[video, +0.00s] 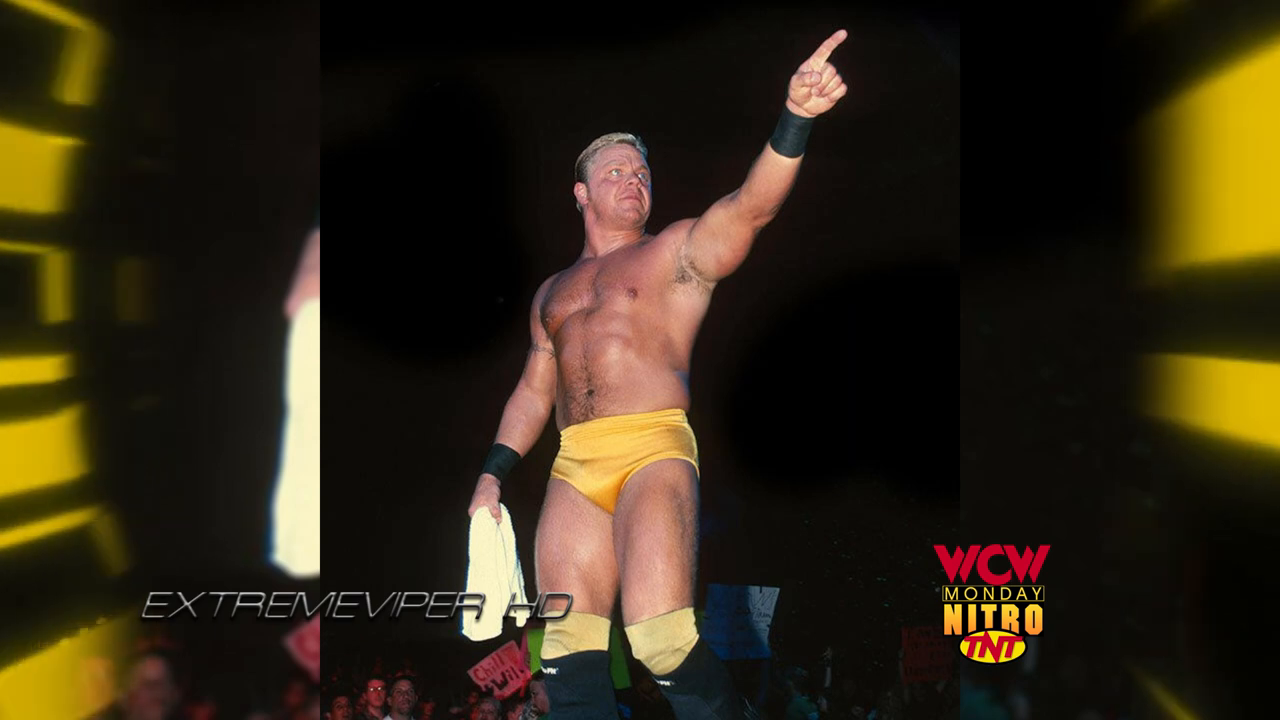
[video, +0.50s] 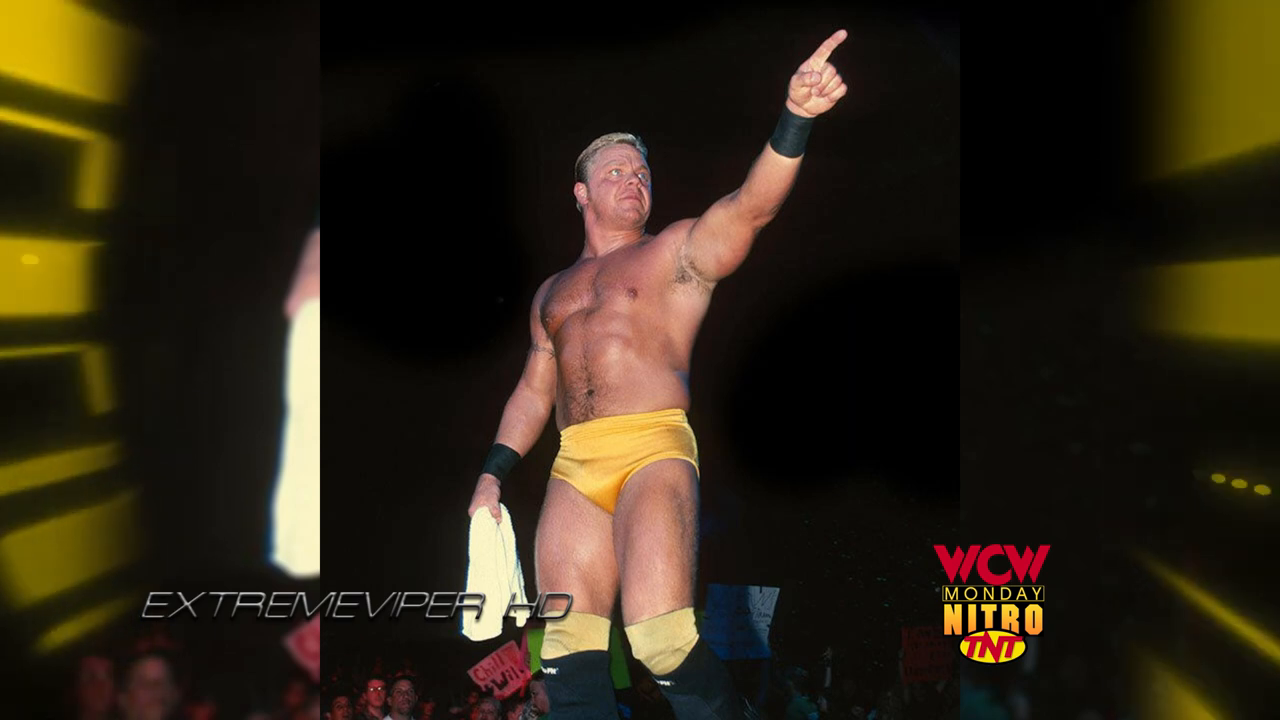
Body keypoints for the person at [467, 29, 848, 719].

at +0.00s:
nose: (632, 179)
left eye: (640, 172)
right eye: (615, 170)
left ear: (650, 194)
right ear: (581, 193)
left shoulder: (680, 254)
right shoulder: (552, 296)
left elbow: (753, 203)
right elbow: (534, 394)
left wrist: (797, 116)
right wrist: (490, 478)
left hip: (656, 448)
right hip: (575, 462)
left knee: (660, 636)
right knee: (568, 647)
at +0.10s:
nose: (631, 179)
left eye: (640, 172)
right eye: (614, 170)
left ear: (650, 194)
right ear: (580, 193)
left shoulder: (680, 253)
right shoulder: (552, 296)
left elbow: (753, 203)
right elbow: (534, 393)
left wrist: (797, 115)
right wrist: (490, 478)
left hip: (656, 448)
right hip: (575, 462)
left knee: (660, 637)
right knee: (568, 647)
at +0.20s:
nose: (632, 179)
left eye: (640, 172)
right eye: (615, 170)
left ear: (650, 194)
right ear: (581, 193)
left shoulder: (680, 254)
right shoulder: (552, 296)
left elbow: (753, 203)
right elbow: (534, 394)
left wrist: (797, 116)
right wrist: (490, 478)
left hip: (656, 448)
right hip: (575, 462)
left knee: (660, 636)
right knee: (568, 647)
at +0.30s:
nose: (632, 179)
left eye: (640, 172)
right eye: (615, 170)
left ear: (650, 194)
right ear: (581, 193)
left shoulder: (680, 254)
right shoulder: (552, 296)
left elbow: (753, 203)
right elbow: (534, 394)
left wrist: (797, 116)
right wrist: (490, 478)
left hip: (656, 448)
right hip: (575, 462)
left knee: (660, 636)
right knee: (568, 647)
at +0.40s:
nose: (632, 179)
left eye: (640, 172)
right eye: (615, 170)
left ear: (650, 194)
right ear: (581, 193)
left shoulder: (680, 254)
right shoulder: (552, 296)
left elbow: (753, 203)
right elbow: (534, 394)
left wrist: (797, 116)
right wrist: (490, 478)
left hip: (656, 448)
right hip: (575, 462)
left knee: (660, 636)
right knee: (568, 647)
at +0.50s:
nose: (631, 179)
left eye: (640, 172)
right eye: (614, 170)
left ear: (650, 194)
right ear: (580, 193)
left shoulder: (680, 253)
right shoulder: (552, 296)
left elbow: (753, 203)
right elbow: (534, 393)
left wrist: (797, 115)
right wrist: (490, 478)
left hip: (656, 448)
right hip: (575, 462)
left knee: (660, 637)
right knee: (568, 647)